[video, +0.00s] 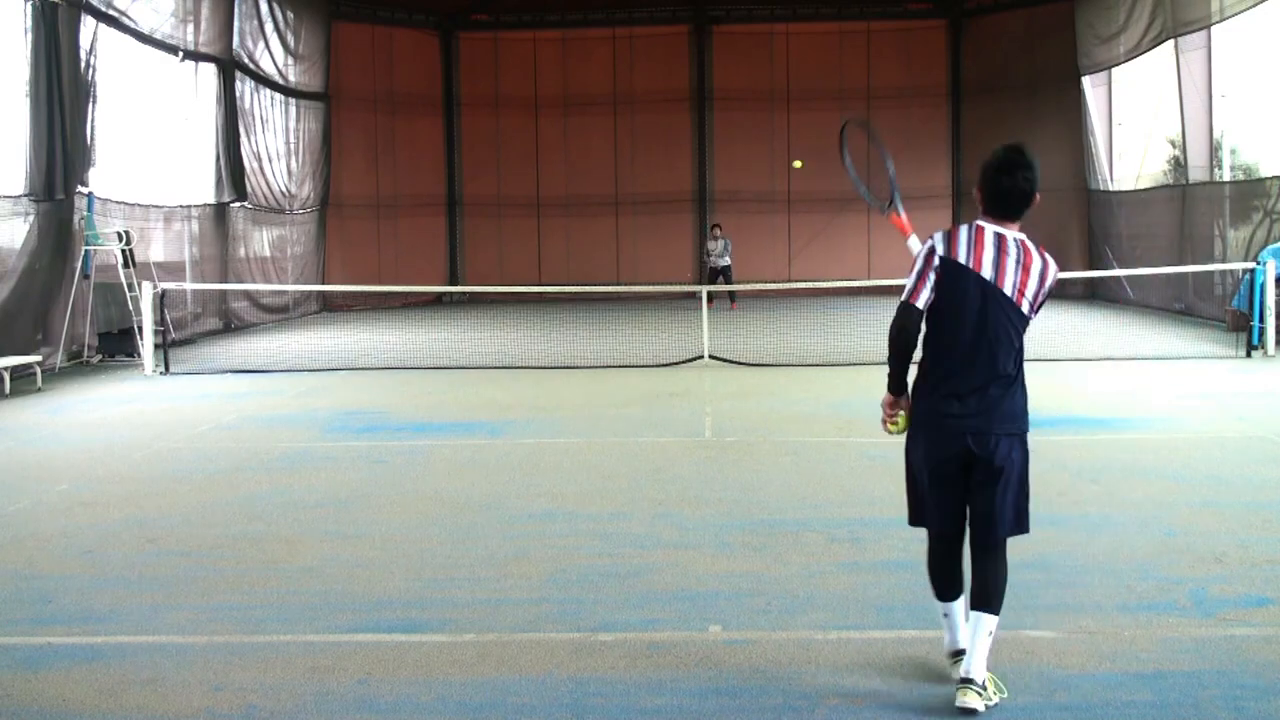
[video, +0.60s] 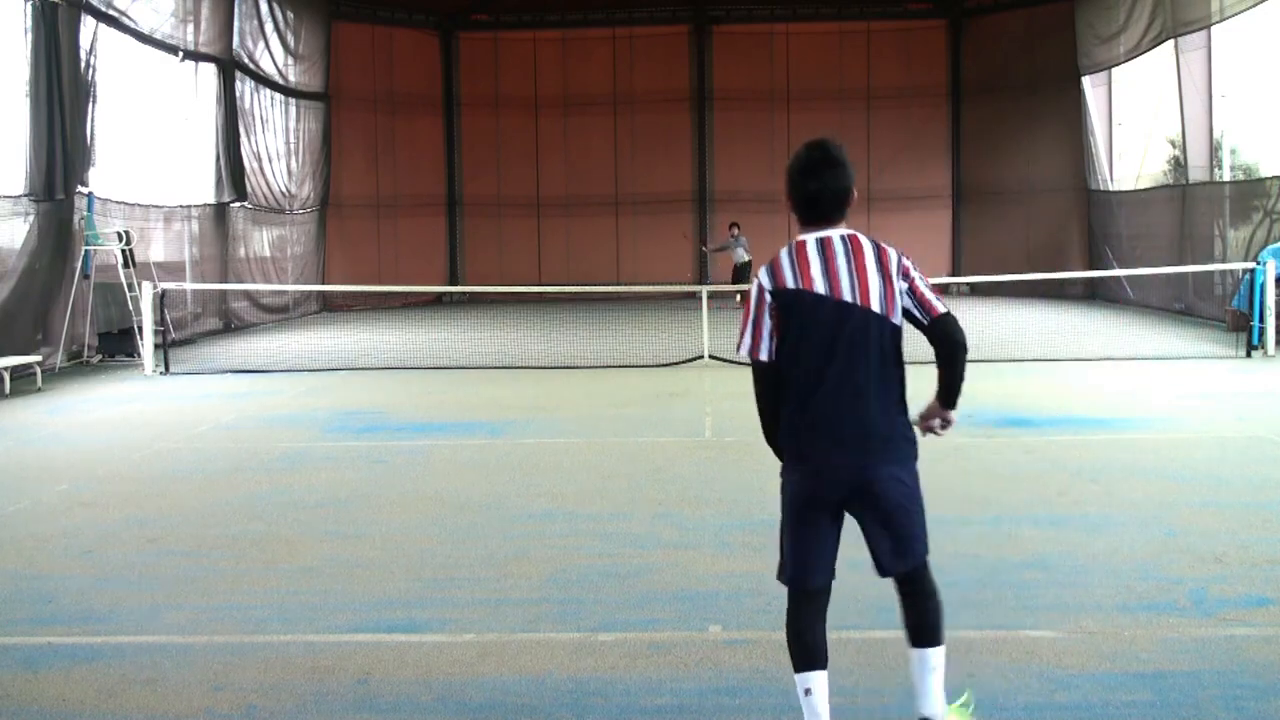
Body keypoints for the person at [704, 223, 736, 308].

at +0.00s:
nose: (716, 232)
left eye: (718, 230)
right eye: (714, 230)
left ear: (720, 231)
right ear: (712, 232)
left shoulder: (726, 242)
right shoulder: (708, 243)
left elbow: (726, 253)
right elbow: (705, 255)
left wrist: (716, 256)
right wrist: (710, 261)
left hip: (724, 265)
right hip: (713, 266)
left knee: (729, 283)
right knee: (710, 284)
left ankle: (733, 302)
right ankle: (710, 302)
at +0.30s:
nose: (725, 236)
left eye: (727, 234)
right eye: (724, 234)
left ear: (730, 235)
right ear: (722, 235)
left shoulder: (733, 244)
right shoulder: (721, 245)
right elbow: (715, 252)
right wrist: (708, 252)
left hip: (732, 268)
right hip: (721, 268)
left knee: (736, 286)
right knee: (713, 286)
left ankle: (745, 302)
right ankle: (710, 302)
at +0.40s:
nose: (730, 235)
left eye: (731, 232)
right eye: (728, 233)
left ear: (734, 234)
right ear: (726, 234)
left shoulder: (737, 242)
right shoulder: (725, 245)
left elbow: (734, 248)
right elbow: (718, 250)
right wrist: (709, 251)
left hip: (737, 267)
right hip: (727, 267)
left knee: (740, 285)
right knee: (720, 285)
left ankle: (745, 302)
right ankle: (714, 301)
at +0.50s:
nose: (732, 233)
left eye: (733, 231)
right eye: (730, 231)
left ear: (737, 232)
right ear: (728, 232)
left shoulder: (740, 241)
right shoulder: (729, 242)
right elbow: (722, 248)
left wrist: (715, 245)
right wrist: (711, 249)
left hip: (742, 264)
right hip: (732, 265)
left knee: (742, 284)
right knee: (727, 283)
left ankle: (746, 302)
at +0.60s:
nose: (733, 232)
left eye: (735, 229)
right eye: (732, 230)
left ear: (738, 230)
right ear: (730, 231)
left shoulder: (742, 240)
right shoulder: (731, 242)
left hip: (746, 262)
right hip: (737, 264)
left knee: (743, 283)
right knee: (734, 283)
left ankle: (745, 301)